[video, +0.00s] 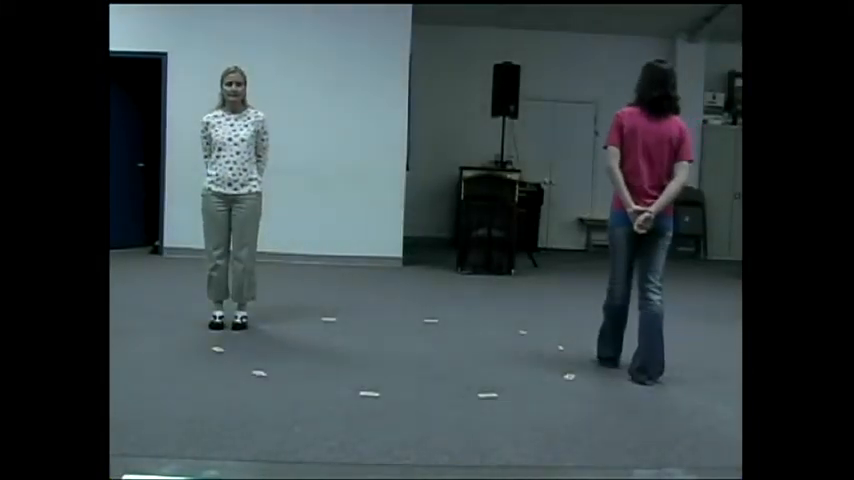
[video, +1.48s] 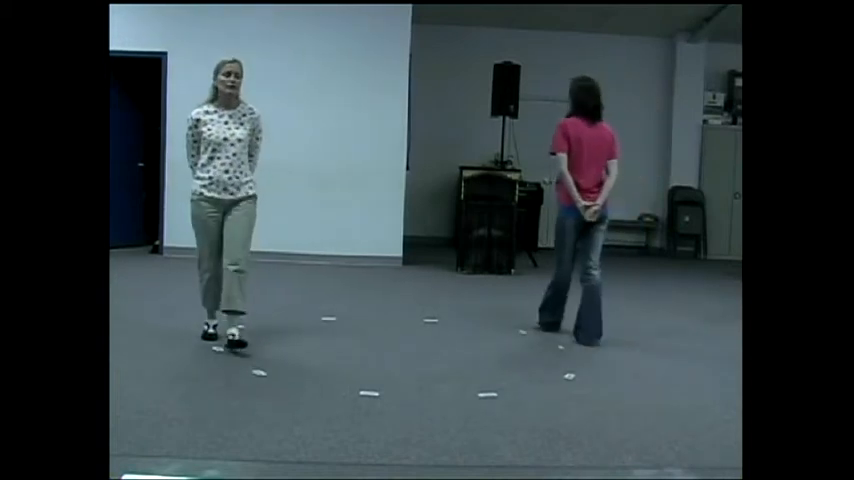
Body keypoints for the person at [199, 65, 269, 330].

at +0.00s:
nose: (234, 89)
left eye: (239, 84)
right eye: (229, 84)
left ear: (245, 87)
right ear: (222, 88)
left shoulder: (257, 119)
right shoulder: (210, 120)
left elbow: (262, 155)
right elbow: (207, 155)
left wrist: (254, 179)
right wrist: (215, 177)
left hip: (247, 191)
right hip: (215, 190)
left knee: (243, 252)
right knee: (217, 252)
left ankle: (241, 309)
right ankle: (217, 309)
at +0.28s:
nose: (235, 89)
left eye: (240, 84)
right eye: (230, 84)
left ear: (246, 87)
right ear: (223, 88)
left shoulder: (258, 119)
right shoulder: (210, 120)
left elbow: (263, 155)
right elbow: (207, 155)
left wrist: (255, 179)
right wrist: (216, 177)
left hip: (248, 191)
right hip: (216, 191)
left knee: (243, 253)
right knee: (217, 253)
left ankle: (241, 309)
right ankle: (217, 308)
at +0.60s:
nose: (237, 91)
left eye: (242, 86)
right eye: (232, 86)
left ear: (248, 89)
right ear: (225, 89)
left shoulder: (260, 120)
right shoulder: (213, 121)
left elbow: (265, 157)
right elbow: (209, 157)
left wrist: (256, 180)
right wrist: (219, 178)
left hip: (250, 192)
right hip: (218, 192)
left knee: (245, 253)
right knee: (219, 253)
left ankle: (242, 310)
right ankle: (218, 309)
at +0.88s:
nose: (235, 92)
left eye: (240, 88)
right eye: (230, 88)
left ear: (247, 90)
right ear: (223, 90)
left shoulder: (258, 122)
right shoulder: (210, 122)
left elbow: (263, 159)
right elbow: (207, 157)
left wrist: (252, 181)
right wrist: (217, 178)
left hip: (246, 195)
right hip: (214, 194)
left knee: (244, 256)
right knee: (215, 254)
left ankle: (241, 310)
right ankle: (211, 314)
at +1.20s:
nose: (232, 87)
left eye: (237, 83)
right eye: (227, 82)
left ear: (243, 87)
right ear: (217, 85)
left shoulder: (252, 121)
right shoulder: (202, 119)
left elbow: (254, 159)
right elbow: (196, 158)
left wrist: (245, 182)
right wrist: (207, 180)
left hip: (240, 196)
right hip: (206, 195)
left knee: (232, 260)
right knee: (207, 261)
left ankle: (235, 302)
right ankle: (210, 319)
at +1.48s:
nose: (231, 80)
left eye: (236, 77)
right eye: (226, 75)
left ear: (242, 82)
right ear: (216, 80)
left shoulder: (251, 117)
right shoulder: (199, 116)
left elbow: (253, 156)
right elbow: (193, 157)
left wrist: (241, 180)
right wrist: (205, 179)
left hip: (241, 195)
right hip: (207, 195)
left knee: (236, 260)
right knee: (209, 262)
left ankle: (233, 326)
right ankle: (211, 318)